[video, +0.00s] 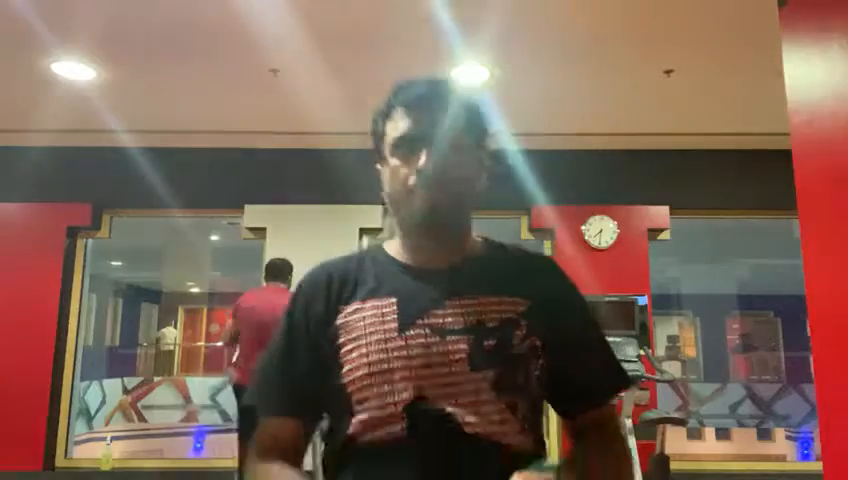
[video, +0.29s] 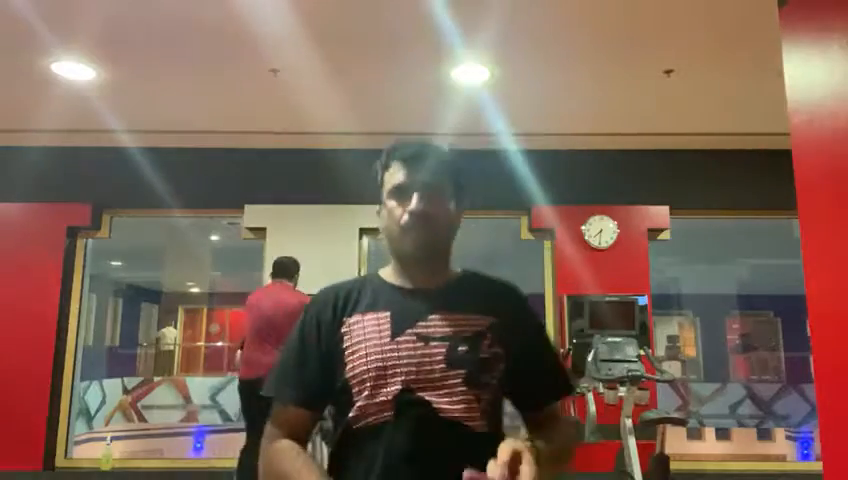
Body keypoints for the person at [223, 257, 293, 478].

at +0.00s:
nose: (286, 281)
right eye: (288, 277)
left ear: (265, 277)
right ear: (289, 278)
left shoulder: (246, 299)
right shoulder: (294, 302)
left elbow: (230, 337)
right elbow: (299, 342)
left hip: (246, 379)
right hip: (280, 380)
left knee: (245, 439)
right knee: (277, 439)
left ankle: (243, 474)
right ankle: (275, 473)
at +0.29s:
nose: (298, 280)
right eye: (297, 276)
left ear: (272, 275)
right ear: (296, 277)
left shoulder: (254, 297)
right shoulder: (301, 301)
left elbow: (251, 332)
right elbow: (306, 339)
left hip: (249, 375)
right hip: (282, 376)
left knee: (253, 438)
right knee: (277, 437)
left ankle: (244, 475)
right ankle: (273, 475)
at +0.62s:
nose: (293, 282)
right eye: (294, 279)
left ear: (269, 277)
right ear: (293, 280)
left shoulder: (248, 301)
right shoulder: (303, 306)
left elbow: (229, 340)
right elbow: (312, 341)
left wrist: (232, 367)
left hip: (250, 380)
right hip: (284, 381)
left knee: (256, 427)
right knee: (278, 432)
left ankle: (257, 472)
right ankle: (274, 474)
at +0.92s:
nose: (288, 284)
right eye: (288, 281)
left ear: (264, 280)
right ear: (288, 282)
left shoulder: (245, 302)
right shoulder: (295, 306)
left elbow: (229, 336)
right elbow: (313, 345)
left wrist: (251, 326)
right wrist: (319, 336)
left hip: (246, 385)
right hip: (283, 385)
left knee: (246, 444)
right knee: (295, 428)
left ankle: (244, 476)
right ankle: (291, 469)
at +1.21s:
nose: (295, 278)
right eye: (296, 275)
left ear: (271, 273)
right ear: (295, 275)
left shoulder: (250, 295)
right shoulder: (305, 300)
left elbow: (247, 334)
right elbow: (321, 341)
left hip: (251, 379)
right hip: (286, 379)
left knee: (253, 433)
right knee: (286, 438)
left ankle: (247, 476)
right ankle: (288, 477)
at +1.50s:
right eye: (295, 278)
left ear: (269, 276)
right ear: (294, 278)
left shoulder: (248, 299)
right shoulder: (304, 303)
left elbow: (226, 342)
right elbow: (322, 333)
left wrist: (242, 349)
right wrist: (330, 326)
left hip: (251, 382)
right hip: (286, 383)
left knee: (257, 429)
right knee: (283, 435)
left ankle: (258, 475)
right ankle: (283, 476)